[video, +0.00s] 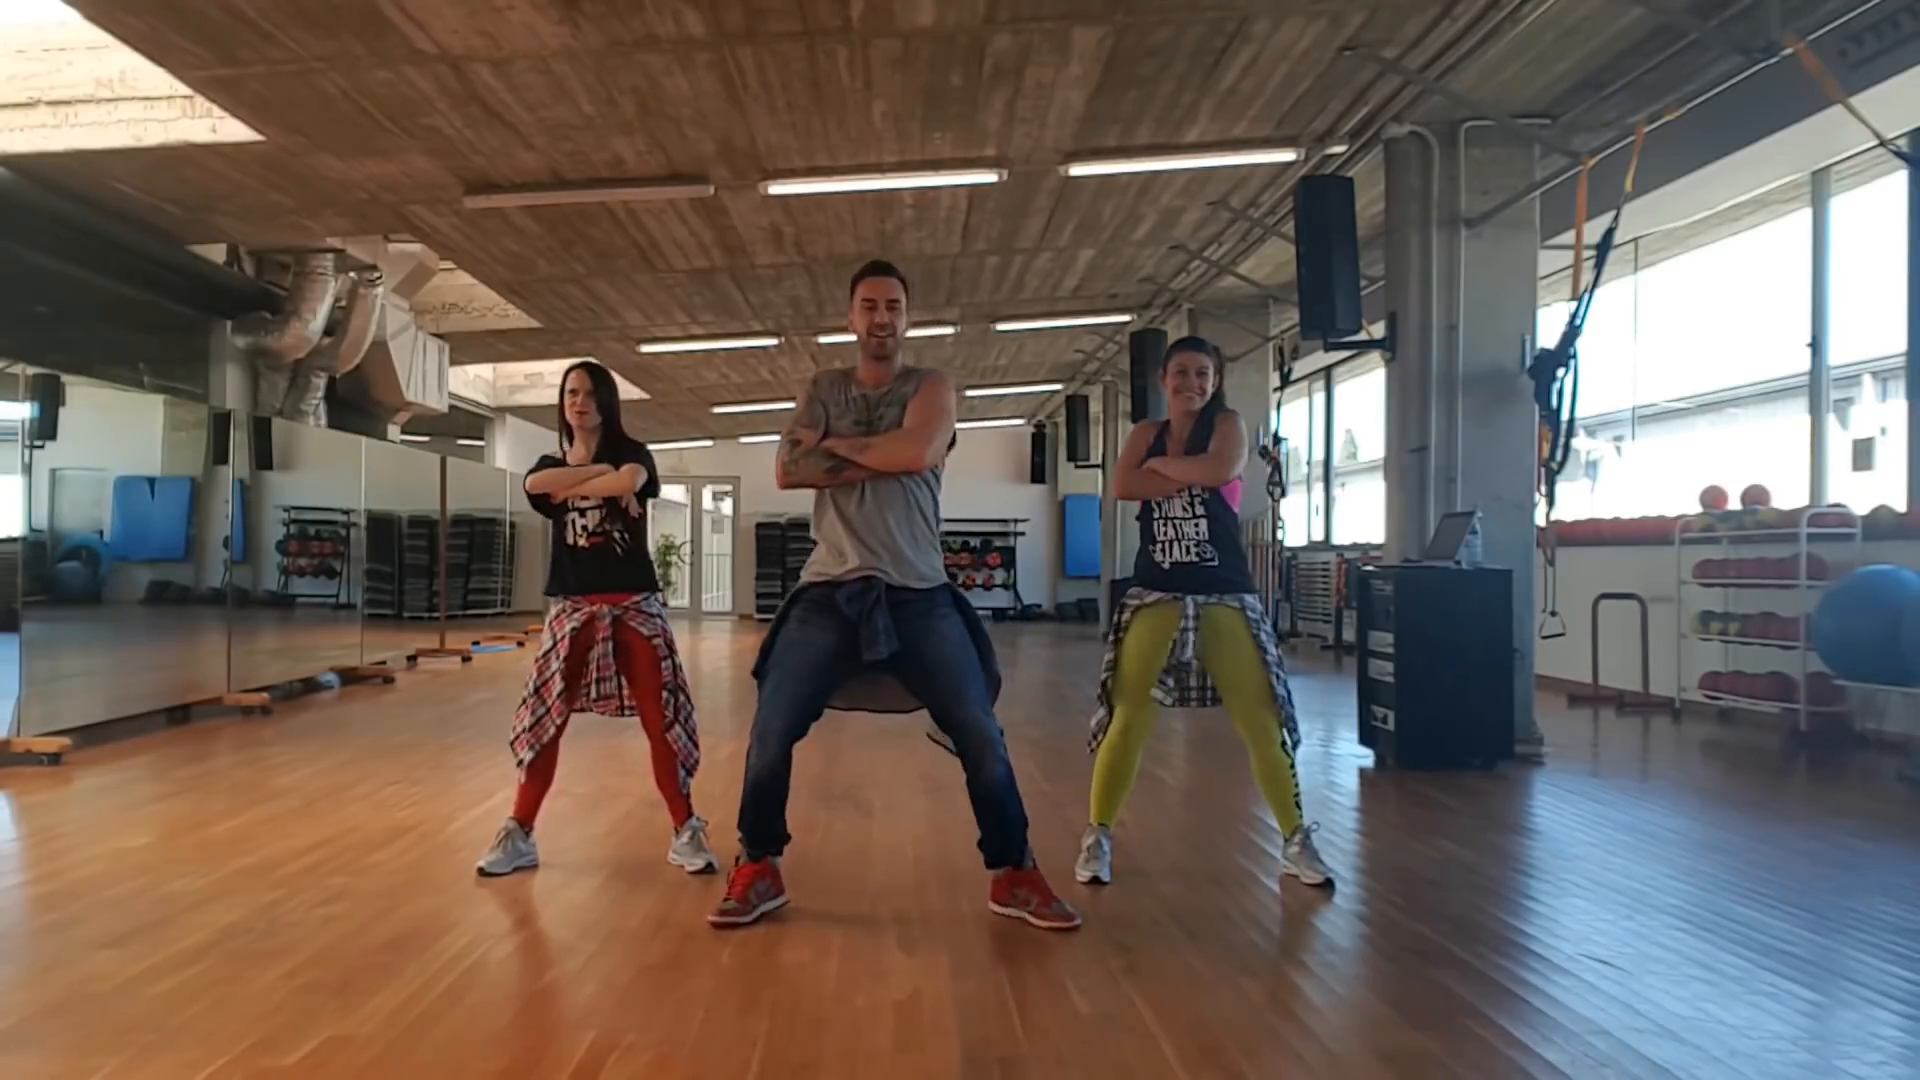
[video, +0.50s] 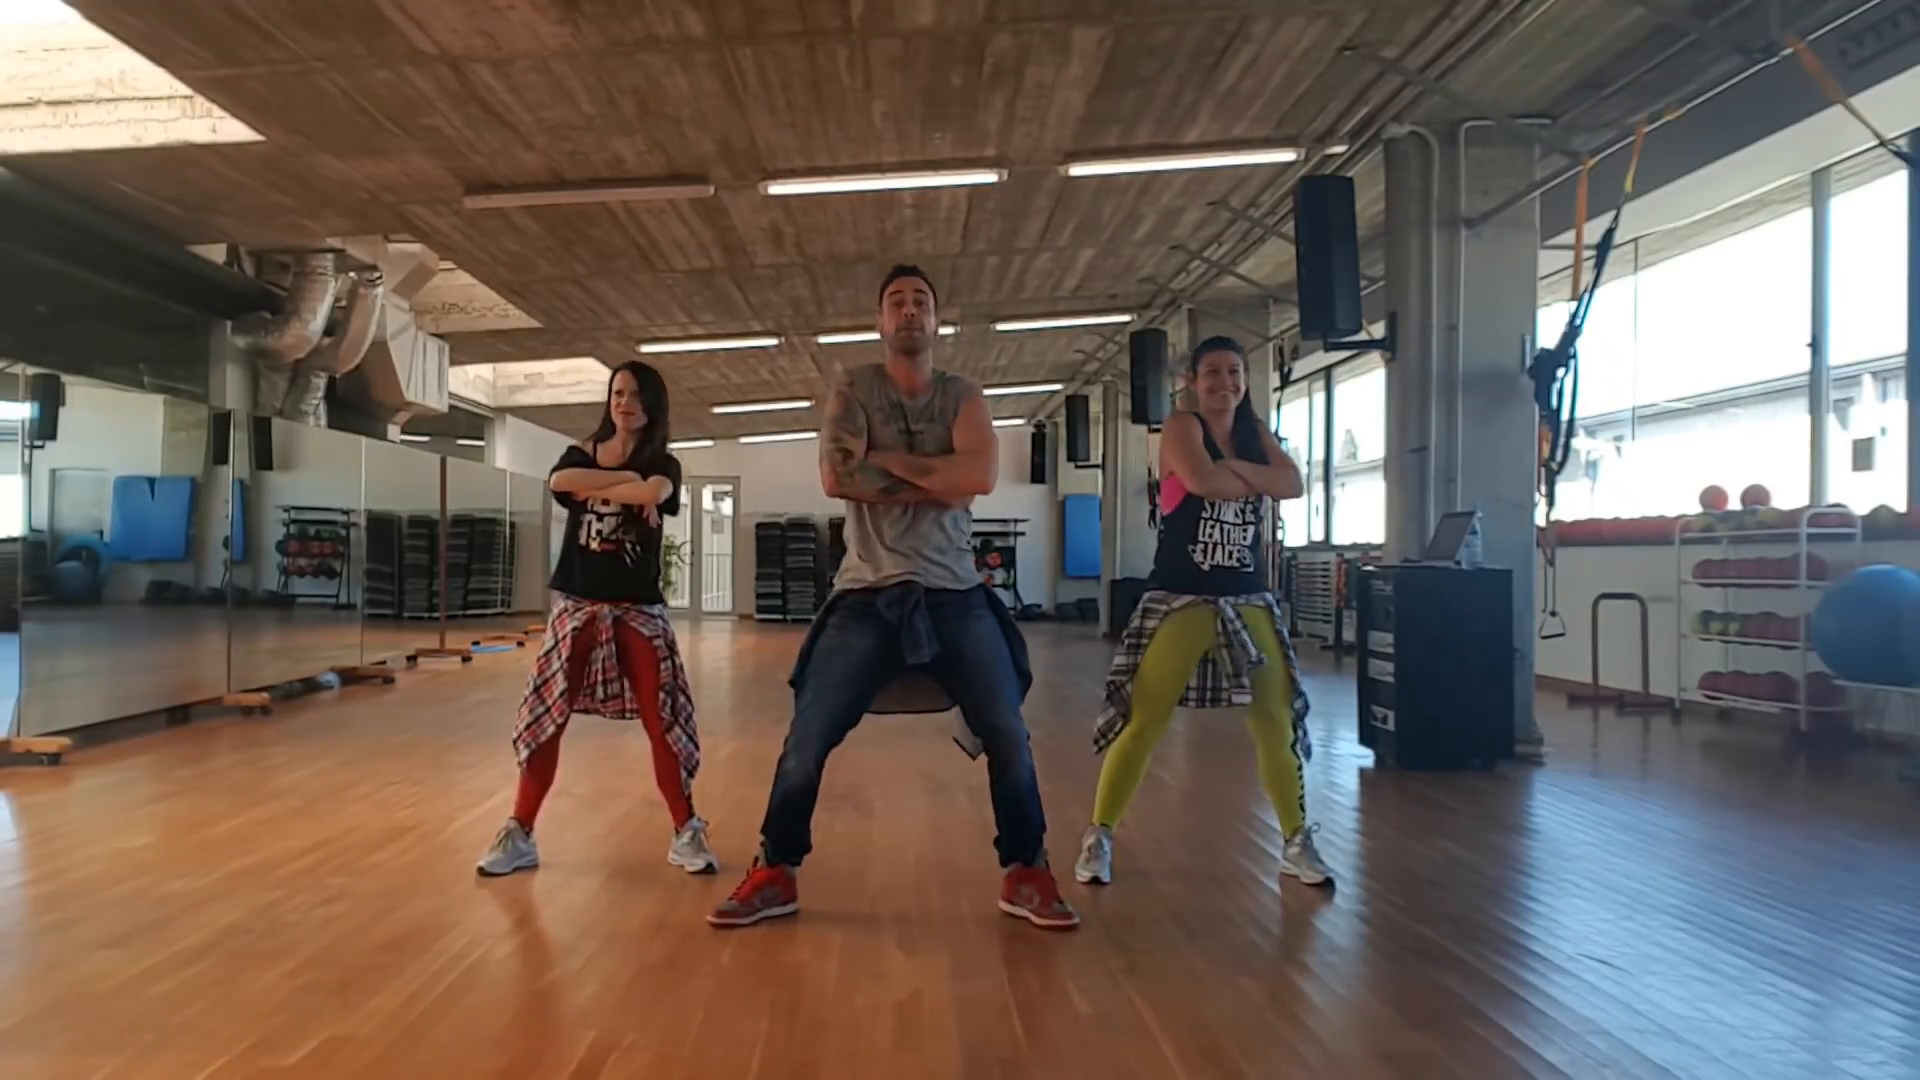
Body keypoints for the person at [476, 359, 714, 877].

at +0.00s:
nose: (578, 402)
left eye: (587, 394)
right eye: (571, 394)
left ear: (607, 402)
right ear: (561, 403)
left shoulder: (633, 453)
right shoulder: (551, 461)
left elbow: (628, 483)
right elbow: (535, 486)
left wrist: (567, 487)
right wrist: (603, 472)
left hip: (634, 601)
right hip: (572, 603)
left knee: (659, 719)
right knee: (547, 716)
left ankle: (687, 830)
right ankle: (520, 834)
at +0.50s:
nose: (624, 403)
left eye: (633, 395)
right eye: (617, 394)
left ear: (652, 404)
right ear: (608, 400)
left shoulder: (663, 463)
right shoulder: (584, 451)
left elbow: (651, 495)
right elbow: (559, 482)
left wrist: (589, 488)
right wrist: (633, 479)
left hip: (639, 605)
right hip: (576, 602)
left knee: (661, 719)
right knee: (547, 714)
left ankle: (687, 831)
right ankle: (520, 834)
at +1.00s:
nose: (595, 388)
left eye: (606, 382)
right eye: (587, 382)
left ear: (624, 397)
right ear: (577, 397)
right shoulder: (557, 456)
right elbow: (535, 504)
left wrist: (564, 510)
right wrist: (609, 505)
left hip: (625, 605)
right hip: (563, 604)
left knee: (656, 721)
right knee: (531, 714)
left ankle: (685, 831)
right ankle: (519, 835)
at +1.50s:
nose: (638, 403)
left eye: (646, 394)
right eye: (628, 397)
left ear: (664, 403)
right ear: (618, 409)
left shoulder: (679, 467)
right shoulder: (599, 469)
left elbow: (696, 458)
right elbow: (542, 477)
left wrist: (680, 392)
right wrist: (543, 411)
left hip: (681, 611)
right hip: (622, 614)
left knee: (701, 724)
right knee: (629, 722)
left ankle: (689, 830)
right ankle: (630, 820)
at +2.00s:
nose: (592, 423)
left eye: (600, 415)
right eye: (584, 417)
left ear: (620, 423)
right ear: (574, 428)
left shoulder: (631, 481)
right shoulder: (563, 480)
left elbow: (654, 491)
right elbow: (521, 491)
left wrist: (653, 417)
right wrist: (529, 425)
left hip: (626, 628)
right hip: (569, 629)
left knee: (656, 729)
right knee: (516, 720)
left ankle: (696, 831)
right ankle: (527, 832)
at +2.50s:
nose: (558, 421)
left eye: (567, 414)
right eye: (549, 415)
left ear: (586, 425)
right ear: (539, 426)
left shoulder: (594, 484)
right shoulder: (525, 474)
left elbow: (619, 470)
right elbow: (497, 454)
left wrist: (616, 403)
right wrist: (514, 395)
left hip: (575, 617)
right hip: (518, 615)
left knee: (582, 727)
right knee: (487, 738)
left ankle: (586, 810)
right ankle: (524, 831)